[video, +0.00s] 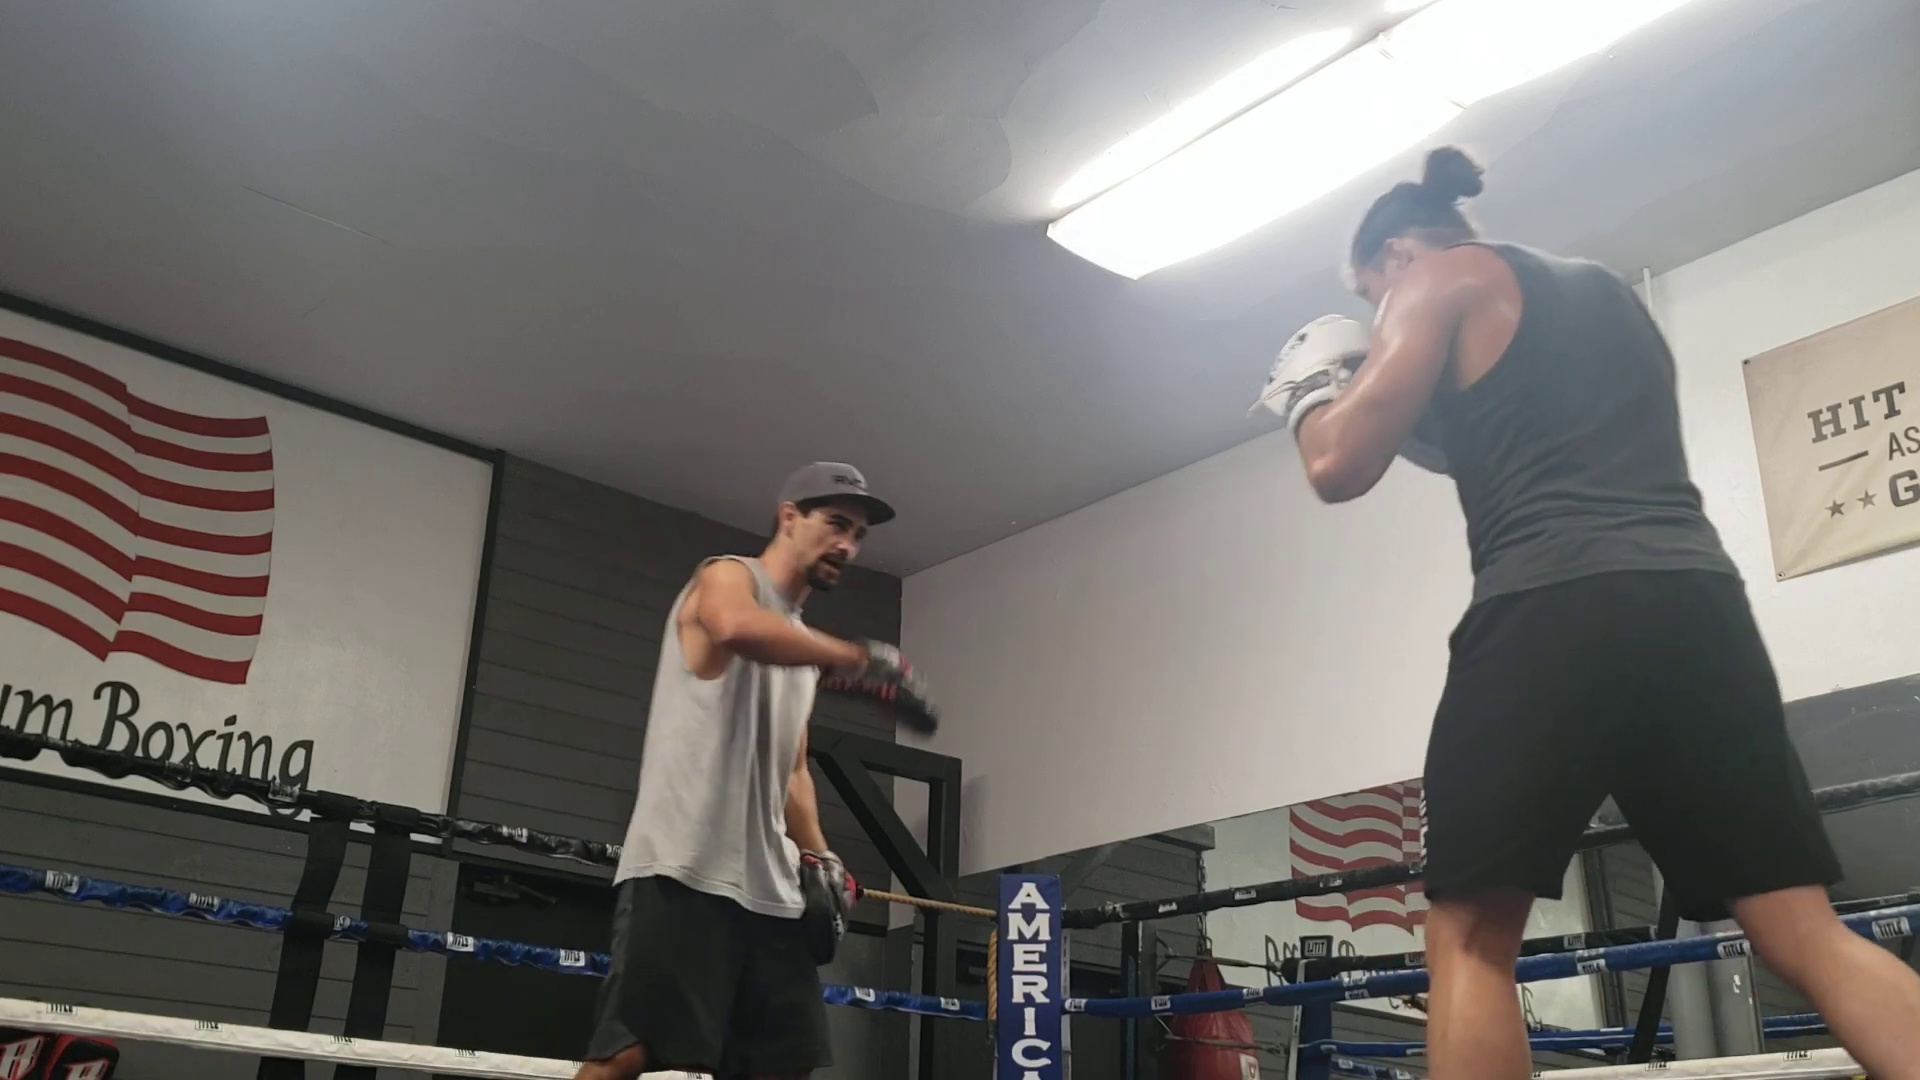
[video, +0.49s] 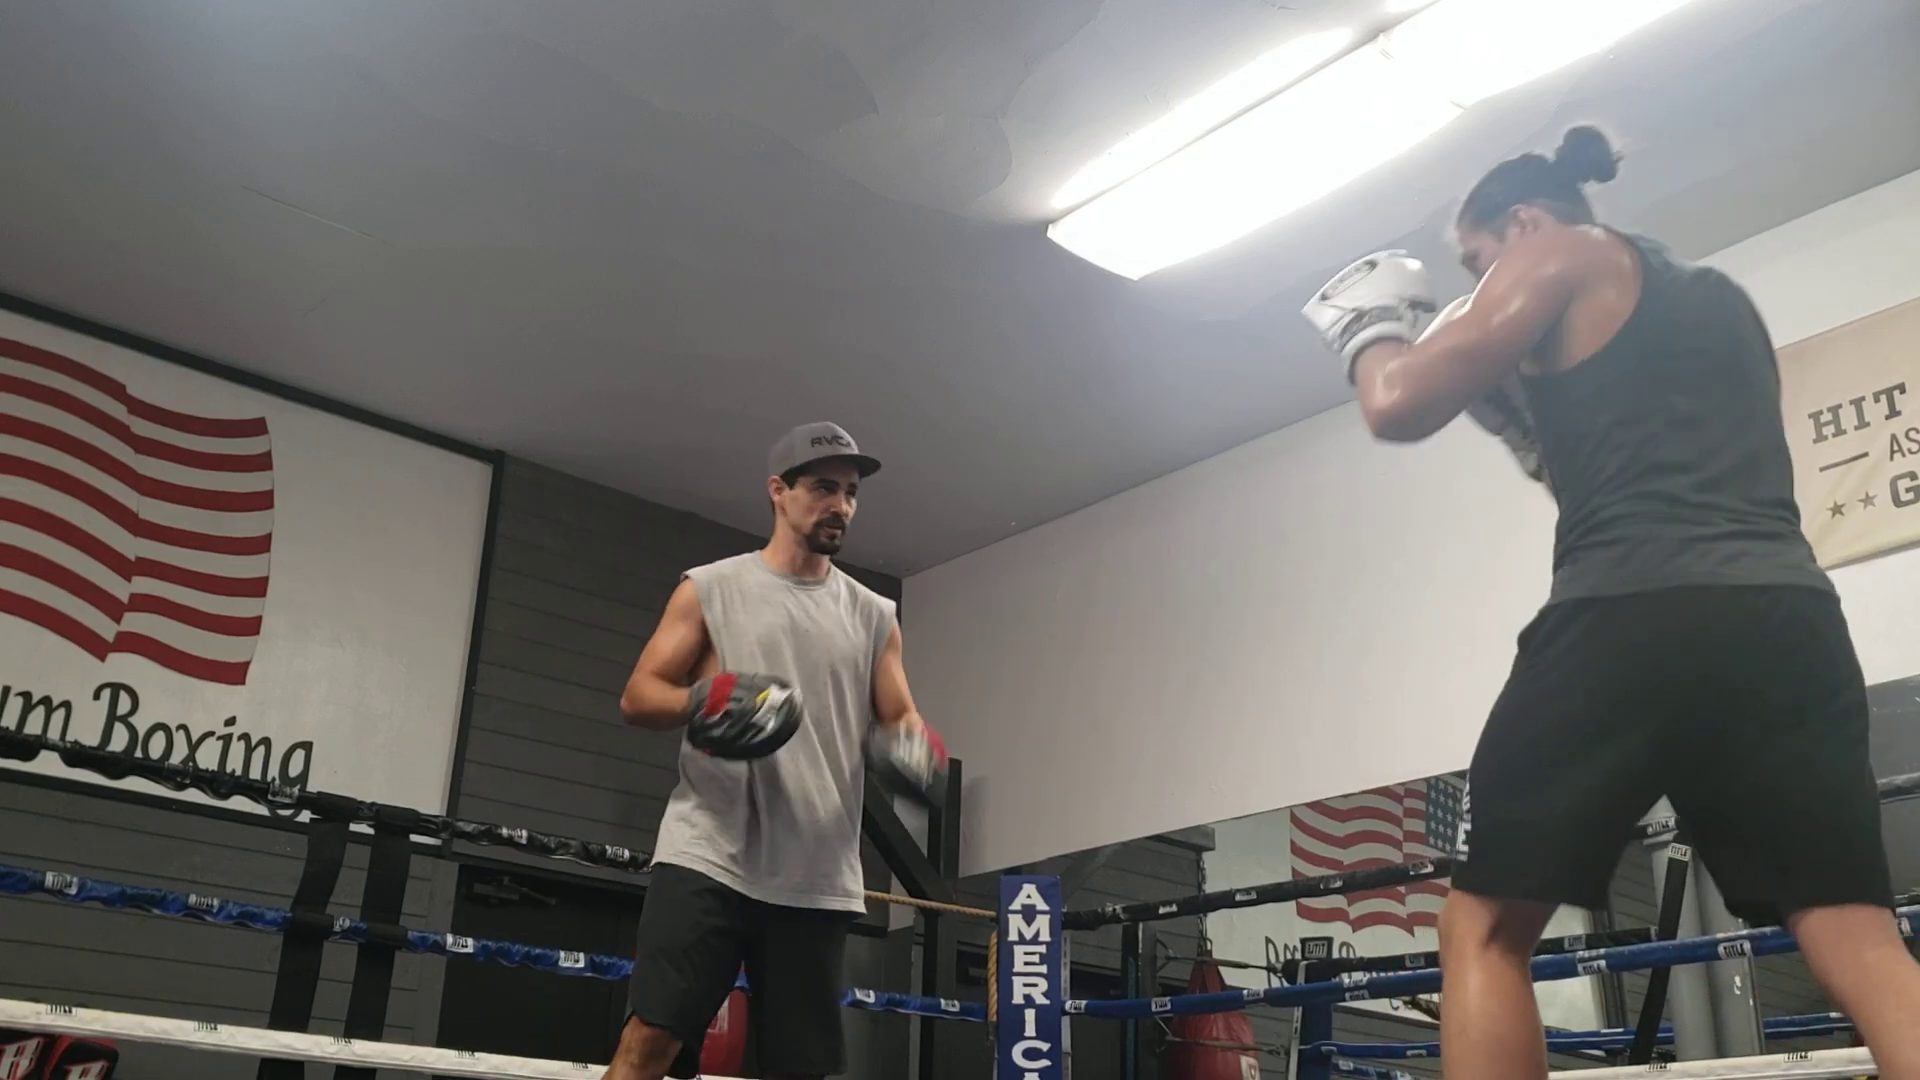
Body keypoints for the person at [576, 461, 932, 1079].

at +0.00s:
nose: (847, 546)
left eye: (858, 536)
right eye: (836, 523)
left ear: (857, 548)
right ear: (789, 516)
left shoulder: (802, 645)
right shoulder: (726, 576)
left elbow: (793, 764)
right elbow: (734, 627)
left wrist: (816, 855)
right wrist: (855, 657)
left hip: (767, 886)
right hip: (680, 867)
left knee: (784, 1063)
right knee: (625, 1054)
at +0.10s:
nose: (878, 548)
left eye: (888, 538)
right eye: (867, 528)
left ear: (890, 552)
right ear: (820, 522)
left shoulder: (840, 655)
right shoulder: (756, 580)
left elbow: (826, 767)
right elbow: (725, 653)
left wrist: (838, 859)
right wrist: (834, 708)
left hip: (781, 880)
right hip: (698, 852)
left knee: (789, 1061)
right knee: (653, 1041)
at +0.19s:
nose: (887, 542)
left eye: (897, 532)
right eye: (875, 522)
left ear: (899, 545)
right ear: (828, 519)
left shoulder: (863, 656)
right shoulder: (761, 581)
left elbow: (856, 760)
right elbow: (697, 658)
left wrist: (858, 860)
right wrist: (807, 699)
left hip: (794, 885)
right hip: (708, 852)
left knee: (780, 1062)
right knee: (662, 1034)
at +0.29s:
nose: (879, 528)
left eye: (890, 518)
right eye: (866, 509)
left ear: (893, 529)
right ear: (820, 508)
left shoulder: (879, 645)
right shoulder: (747, 583)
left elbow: (882, 761)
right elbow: (672, 667)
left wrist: (890, 848)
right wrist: (770, 675)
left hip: (806, 880)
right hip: (713, 851)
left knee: (791, 1064)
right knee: (657, 1039)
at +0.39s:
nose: (862, 515)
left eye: (871, 503)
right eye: (846, 497)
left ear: (878, 515)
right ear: (802, 501)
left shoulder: (883, 631)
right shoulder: (730, 584)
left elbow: (900, 740)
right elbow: (652, 679)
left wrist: (907, 811)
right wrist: (732, 678)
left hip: (816, 880)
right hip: (711, 855)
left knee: (802, 1067)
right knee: (652, 1043)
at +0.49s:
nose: (840, 504)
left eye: (849, 492)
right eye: (822, 487)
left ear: (856, 503)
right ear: (778, 491)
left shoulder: (874, 617)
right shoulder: (710, 589)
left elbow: (901, 718)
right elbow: (638, 696)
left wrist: (914, 748)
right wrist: (703, 699)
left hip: (817, 876)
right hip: (707, 856)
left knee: (801, 1066)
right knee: (651, 1042)